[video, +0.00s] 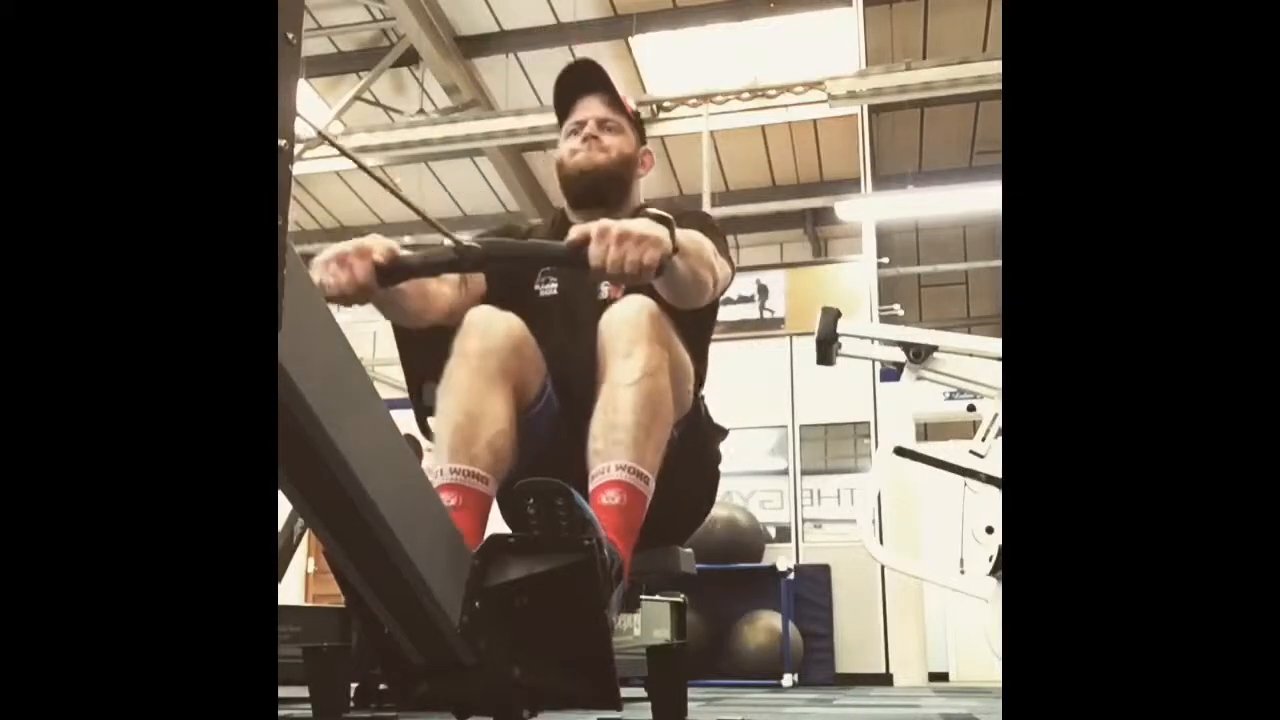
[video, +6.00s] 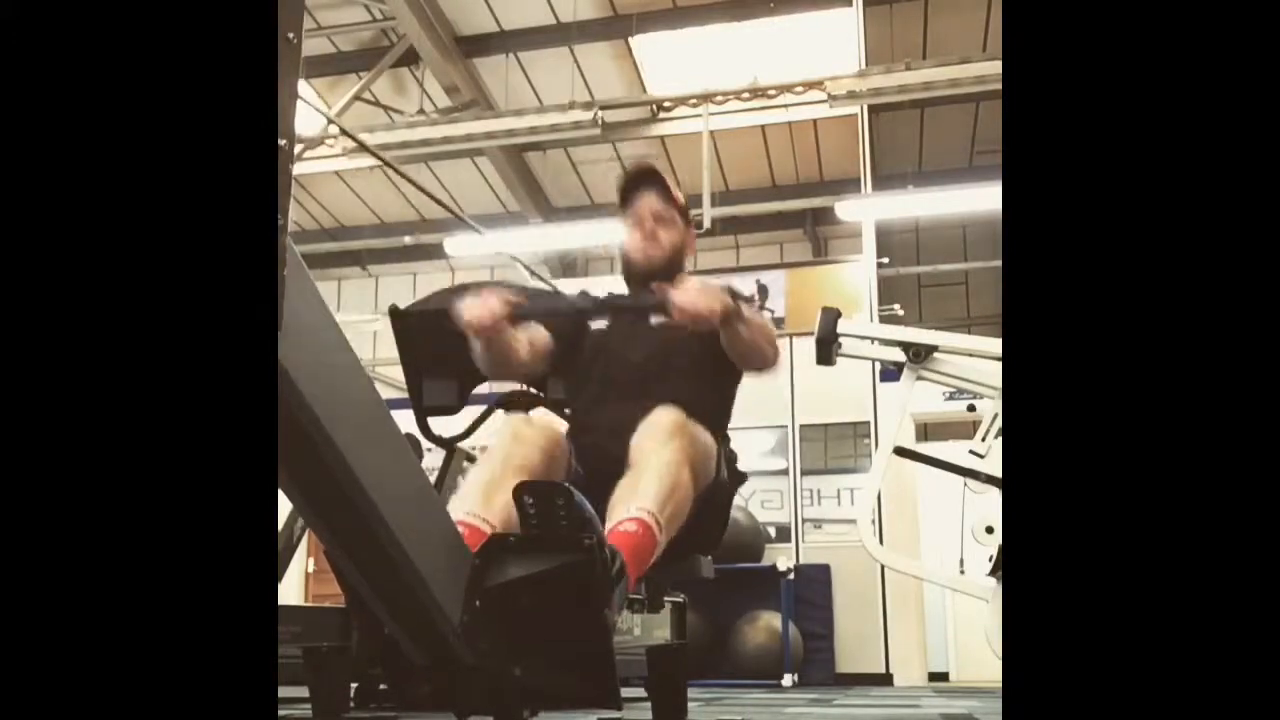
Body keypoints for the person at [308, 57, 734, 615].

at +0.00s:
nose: (588, 134)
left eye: (608, 127)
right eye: (574, 131)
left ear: (643, 159)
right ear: (557, 164)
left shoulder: (683, 228)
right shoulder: (518, 244)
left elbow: (702, 284)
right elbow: (445, 293)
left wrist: (663, 248)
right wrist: (383, 280)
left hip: (656, 475)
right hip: (537, 474)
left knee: (635, 317)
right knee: (485, 327)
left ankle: (606, 562)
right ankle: (448, 563)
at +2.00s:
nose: (647, 274)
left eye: (662, 265)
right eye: (635, 265)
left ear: (685, 279)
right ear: (619, 278)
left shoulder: (719, 352)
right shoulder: (576, 353)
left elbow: (809, 424)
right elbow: (484, 440)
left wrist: (750, 350)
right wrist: (508, 371)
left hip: (687, 507)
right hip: (573, 499)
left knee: (654, 420)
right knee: (535, 419)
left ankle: (609, 571)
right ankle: (469, 550)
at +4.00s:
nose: (658, 289)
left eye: (672, 279)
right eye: (647, 279)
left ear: (697, 292)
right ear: (633, 290)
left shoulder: (726, 355)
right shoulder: (596, 360)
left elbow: (804, 421)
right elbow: (514, 432)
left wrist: (753, 371)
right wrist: (526, 392)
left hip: (697, 499)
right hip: (596, 493)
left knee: (663, 475)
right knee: (538, 485)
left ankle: (608, 589)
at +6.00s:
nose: (647, 230)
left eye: (662, 222)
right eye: (636, 222)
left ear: (689, 238)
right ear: (622, 236)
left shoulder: (717, 303)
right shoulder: (590, 313)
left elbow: (764, 359)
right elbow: (514, 364)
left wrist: (728, 314)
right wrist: (490, 331)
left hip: (688, 476)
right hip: (582, 471)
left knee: (666, 424)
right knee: (521, 428)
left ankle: (609, 572)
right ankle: (451, 556)